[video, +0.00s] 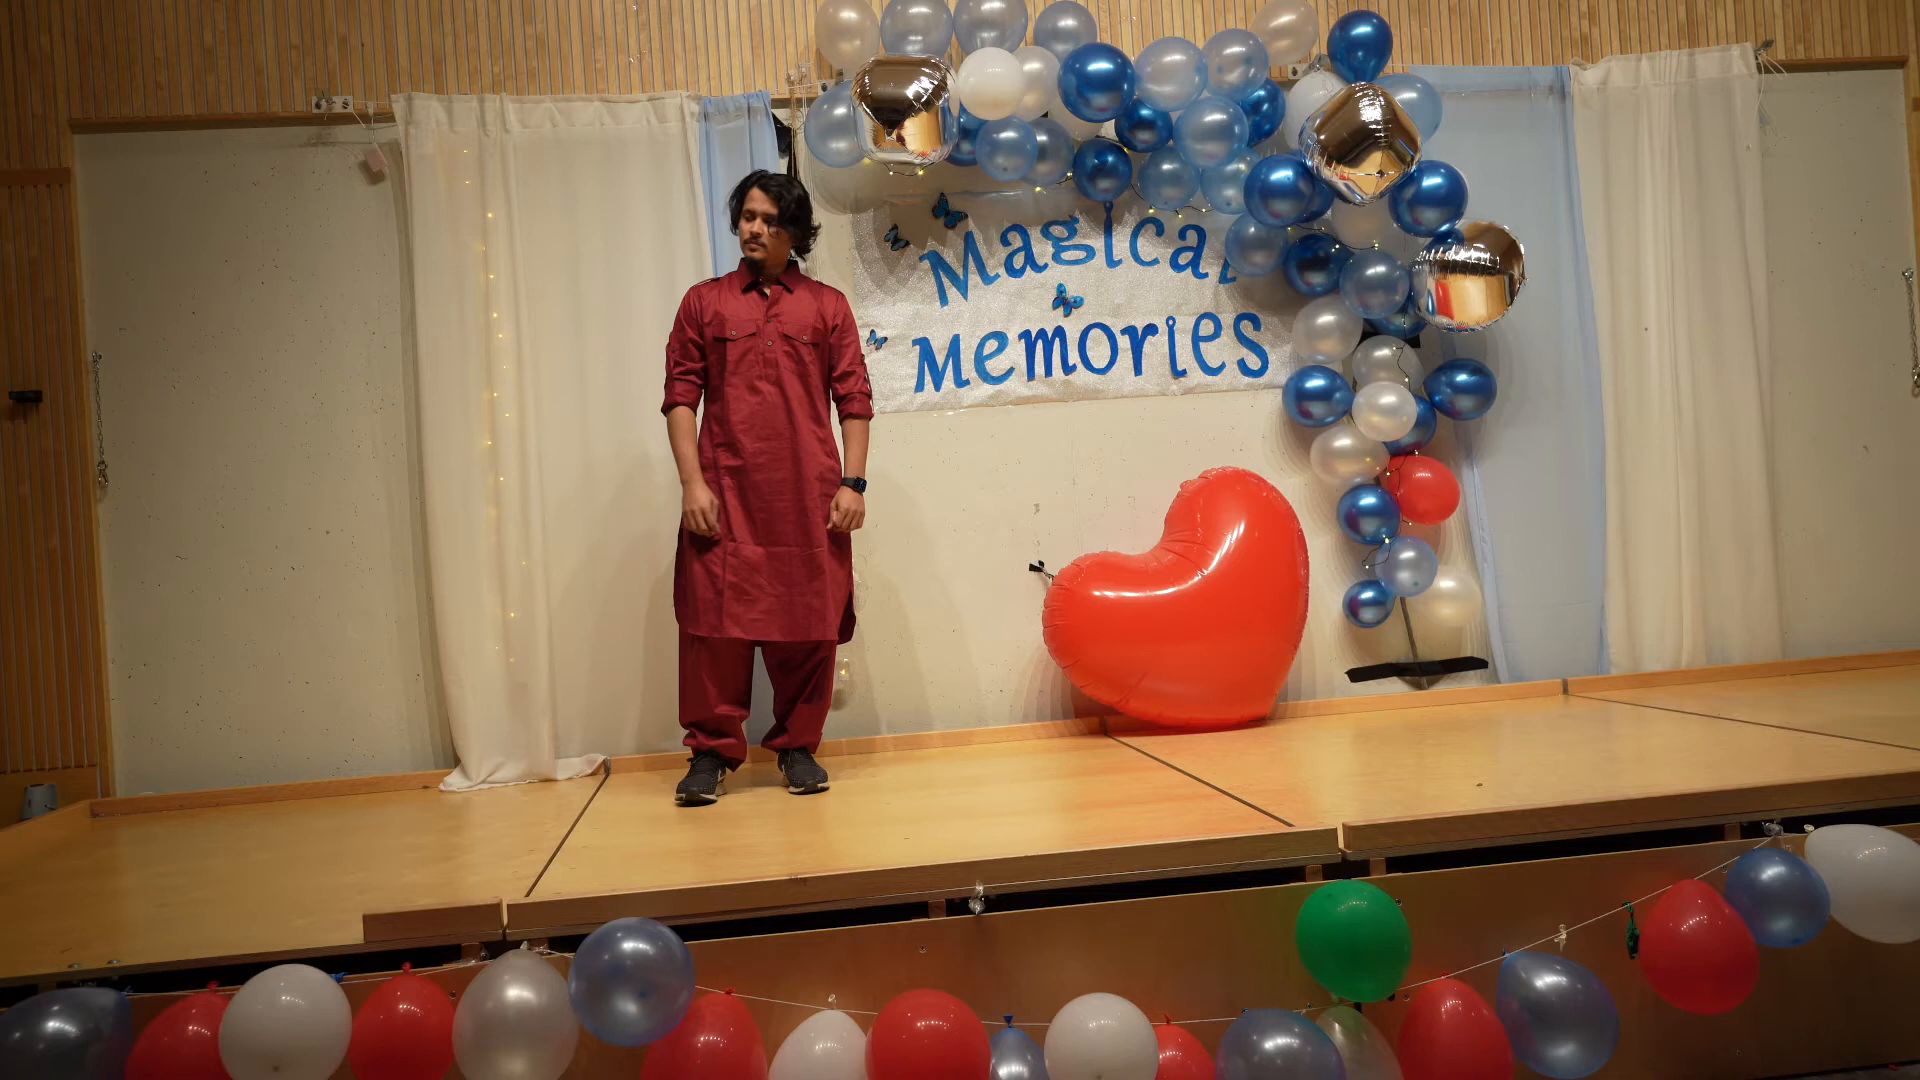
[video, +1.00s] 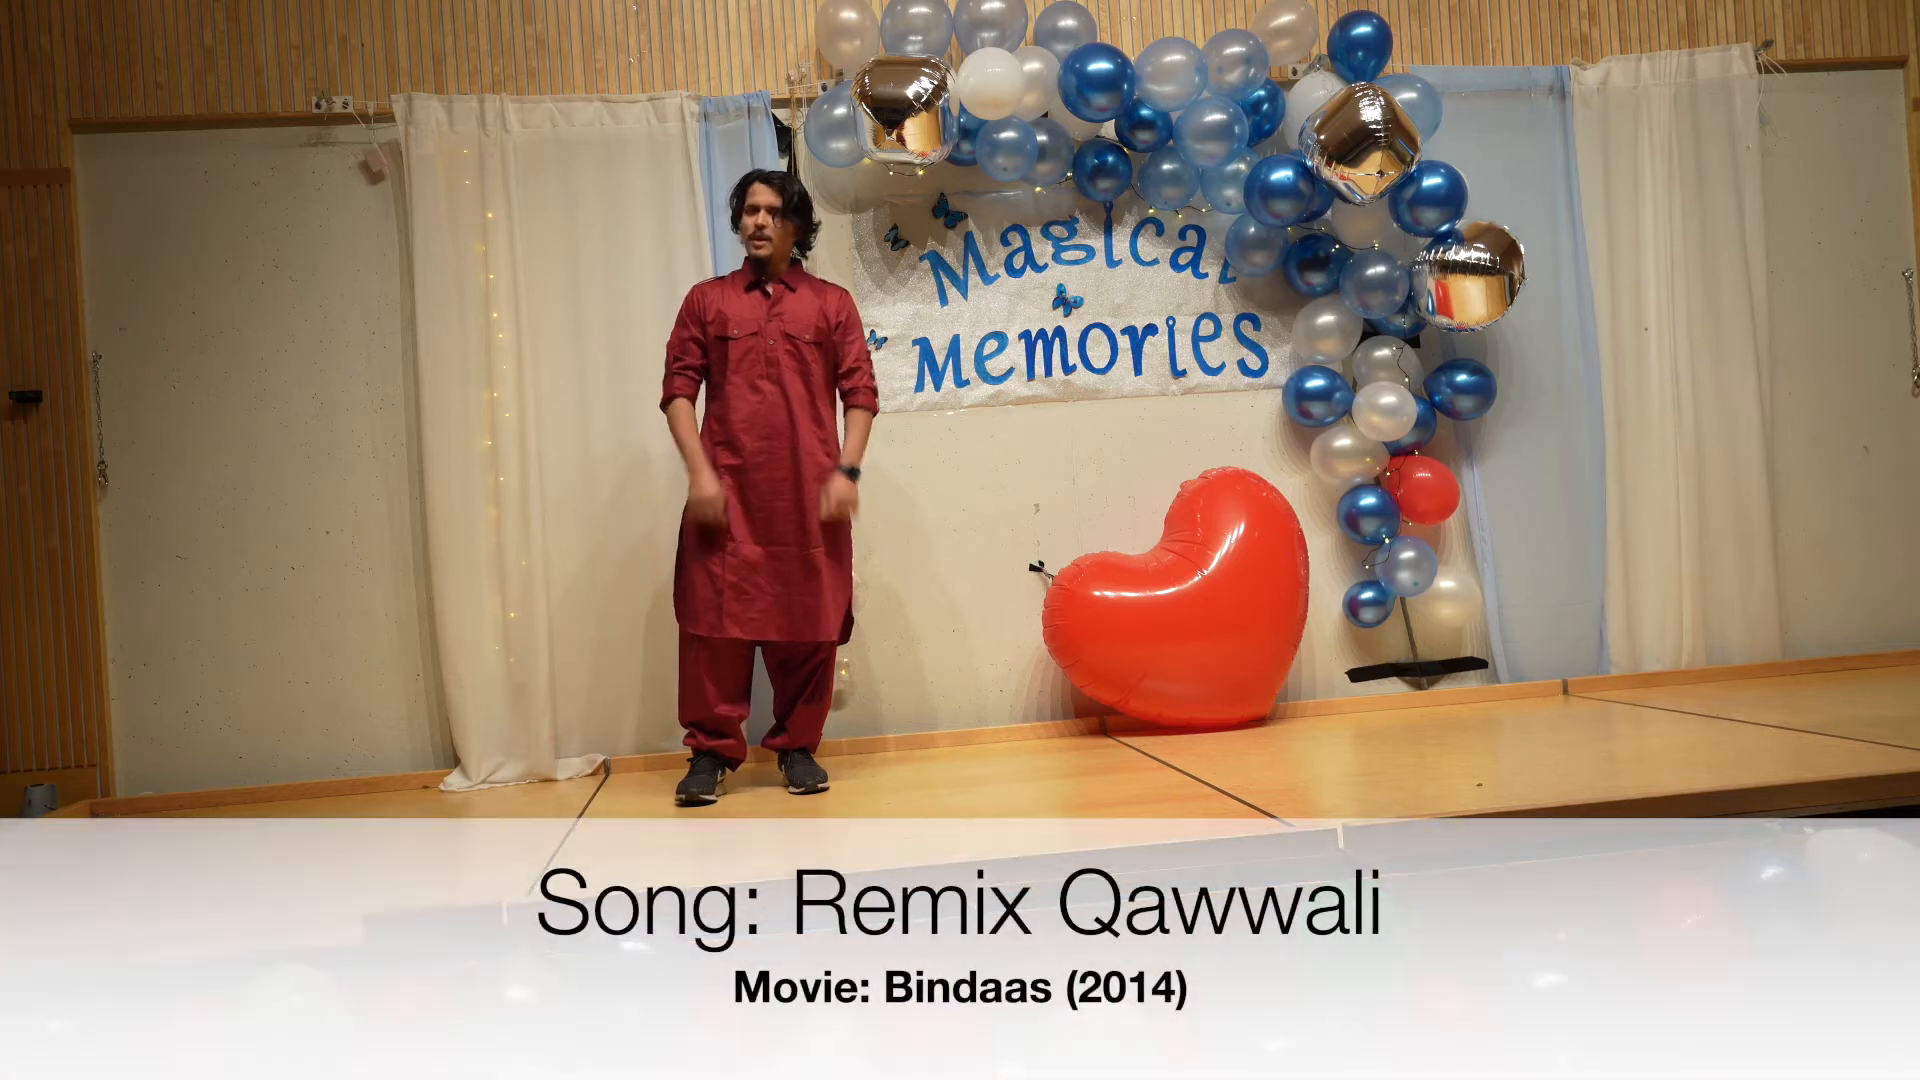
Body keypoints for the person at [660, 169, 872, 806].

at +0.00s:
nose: (753, 228)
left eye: (767, 219)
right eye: (746, 217)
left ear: (794, 230)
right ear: (736, 223)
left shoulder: (827, 305)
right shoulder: (704, 302)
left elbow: (854, 399)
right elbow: (680, 398)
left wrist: (854, 481)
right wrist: (692, 482)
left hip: (806, 491)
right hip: (723, 491)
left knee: (807, 625)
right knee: (713, 623)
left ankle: (799, 748)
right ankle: (710, 751)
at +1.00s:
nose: (758, 222)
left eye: (771, 213)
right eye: (749, 212)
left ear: (798, 225)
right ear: (738, 223)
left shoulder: (832, 302)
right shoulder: (706, 300)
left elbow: (860, 393)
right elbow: (678, 393)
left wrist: (848, 469)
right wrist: (700, 473)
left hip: (808, 490)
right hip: (725, 490)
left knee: (809, 626)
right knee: (713, 622)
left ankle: (799, 749)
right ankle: (709, 752)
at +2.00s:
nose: (761, 218)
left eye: (771, 210)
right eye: (747, 213)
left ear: (791, 230)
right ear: (732, 237)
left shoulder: (833, 301)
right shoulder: (716, 306)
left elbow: (907, 320)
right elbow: (661, 348)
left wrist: (932, 291)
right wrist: (667, 310)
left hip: (826, 488)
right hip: (740, 491)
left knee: (819, 627)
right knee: (735, 625)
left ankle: (801, 749)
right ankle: (727, 754)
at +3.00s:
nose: (785, 240)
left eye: (796, 228)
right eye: (772, 228)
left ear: (812, 223)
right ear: (748, 223)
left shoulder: (836, 280)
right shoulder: (720, 289)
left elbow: (888, 341)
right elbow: (719, 358)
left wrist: (854, 328)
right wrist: (792, 328)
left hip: (837, 478)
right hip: (759, 484)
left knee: (831, 615)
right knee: (778, 619)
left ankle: (806, 747)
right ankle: (813, 757)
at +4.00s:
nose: (872, 200)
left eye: (886, 190)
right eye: (861, 186)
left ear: (904, 192)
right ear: (838, 182)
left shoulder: (925, 257)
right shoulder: (796, 256)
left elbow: (1003, 305)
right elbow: (736, 346)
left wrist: (1054, 263)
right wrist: (796, 402)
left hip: (915, 463)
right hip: (826, 467)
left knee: (955, 609)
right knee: (816, 621)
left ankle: (1000, 757)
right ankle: (823, 769)